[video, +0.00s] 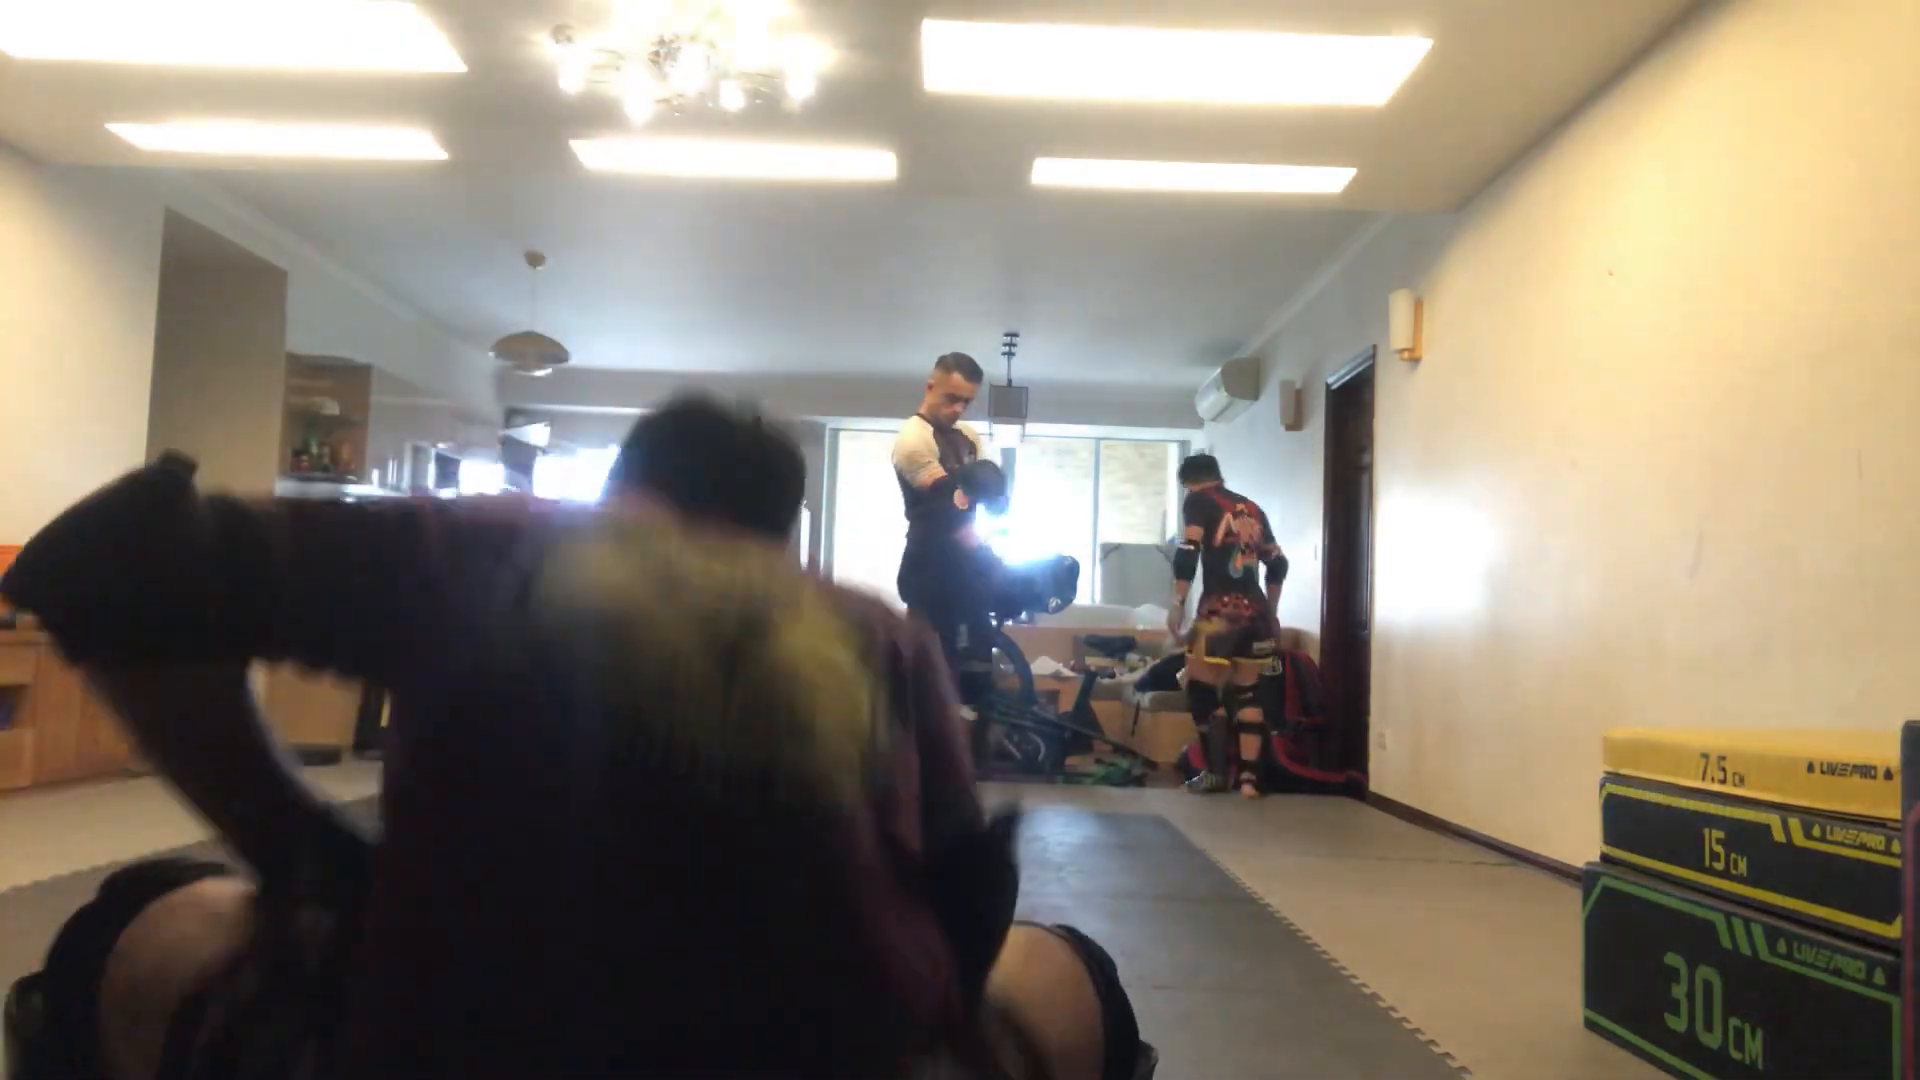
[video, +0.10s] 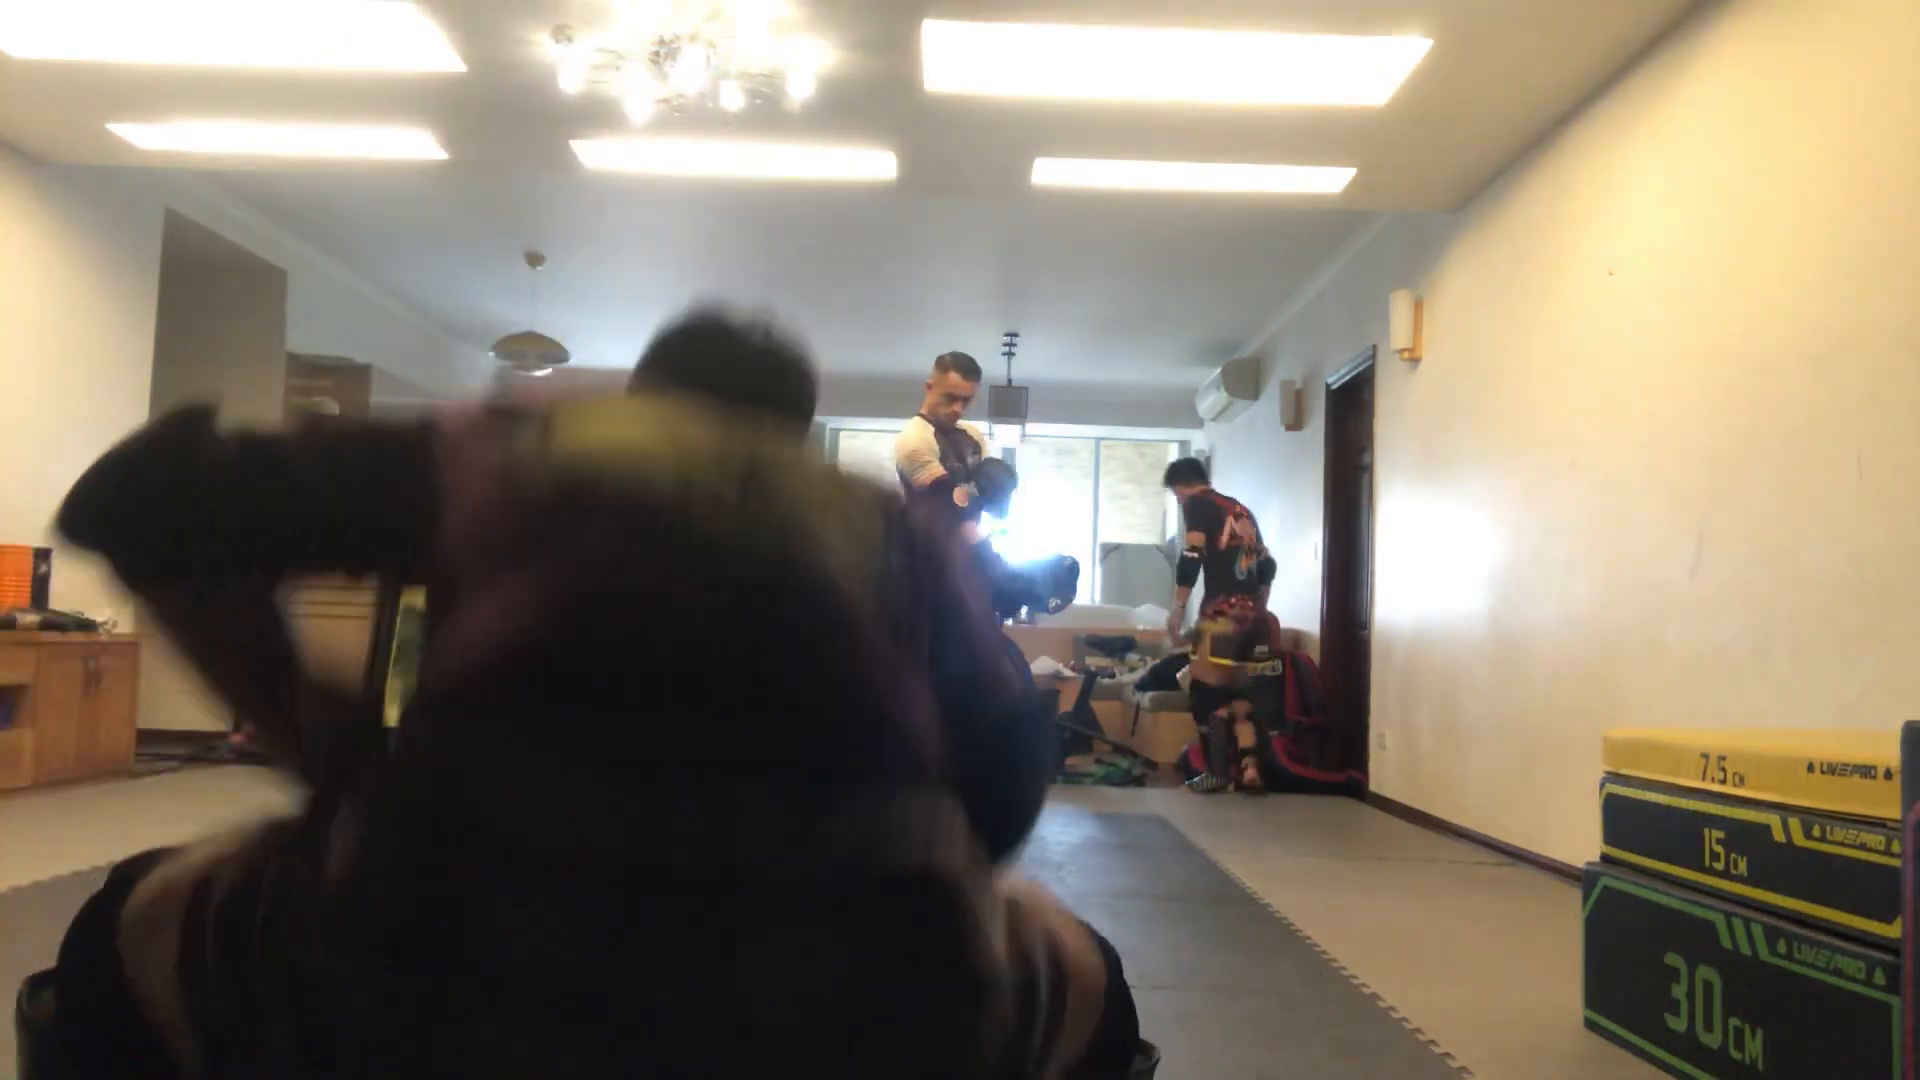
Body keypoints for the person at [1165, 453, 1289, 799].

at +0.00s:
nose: (1187, 492)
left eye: (1186, 487)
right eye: (1186, 487)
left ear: (1193, 483)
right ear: (1217, 478)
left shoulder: (1198, 499)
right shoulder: (1249, 506)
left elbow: (1188, 556)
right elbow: (1277, 563)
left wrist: (1177, 606)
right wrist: (1270, 612)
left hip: (1219, 610)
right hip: (1258, 612)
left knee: (1200, 684)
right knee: (1248, 691)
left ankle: (1215, 770)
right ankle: (1249, 776)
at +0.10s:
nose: (1178, 499)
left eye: (1176, 493)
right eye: (1175, 493)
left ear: (1183, 486)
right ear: (1205, 481)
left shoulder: (1196, 503)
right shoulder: (1239, 508)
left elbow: (1192, 557)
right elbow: (1267, 564)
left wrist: (1178, 608)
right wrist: (1257, 608)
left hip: (1221, 611)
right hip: (1254, 611)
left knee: (1206, 690)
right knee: (1240, 690)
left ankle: (1217, 773)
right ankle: (1249, 764)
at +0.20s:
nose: (1166, 509)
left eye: (1163, 501)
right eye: (1162, 503)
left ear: (1172, 492)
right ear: (1189, 485)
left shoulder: (1198, 508)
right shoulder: (1225, 505)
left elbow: (1198, 562)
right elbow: (1253, 564)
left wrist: (1179, 613)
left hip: (1225, 611)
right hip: (1251, 610)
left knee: (1208, 690)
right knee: (1233, 686)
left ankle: (1217, 772)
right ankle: (1248, 750)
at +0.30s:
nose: (1160, 518)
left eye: (1157, 510)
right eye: (1155, 513)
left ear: (1168, 498)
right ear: (1175, 493)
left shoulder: (1199, 510)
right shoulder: (1212, 508)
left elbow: (1206, 565)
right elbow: (1228, 568)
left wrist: (1186, 617)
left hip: (1234, 617)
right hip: (1248, 615)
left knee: (1213, 686)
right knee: (1238, 688)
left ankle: (1219, 769)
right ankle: (1242, 762)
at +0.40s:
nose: (1153, 528)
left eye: (1150, 520)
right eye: (1148, 523)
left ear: (1163, 507)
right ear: (1167, 504)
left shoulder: (1200, 517)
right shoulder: (1199, 517)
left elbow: (1218, 570)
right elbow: (1217, 575)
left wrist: (1198, 614)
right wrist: (1201, 618)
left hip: (1244, 621)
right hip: (1238, 620)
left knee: (1213, 689)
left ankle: (1220, 771)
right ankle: (1226, 769)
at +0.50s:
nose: (1153, 544)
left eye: (1150, 537)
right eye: (1147, 539)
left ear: (1160, 524)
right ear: (1163, 522)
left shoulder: (1208, 529)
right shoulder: (1185, 544)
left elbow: (1232, 588)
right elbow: (1207, 592)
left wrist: (1212, 633)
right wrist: (1205, 633)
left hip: (1256, 623)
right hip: (1230, 625)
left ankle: (1225, 768)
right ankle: (1218, 764)